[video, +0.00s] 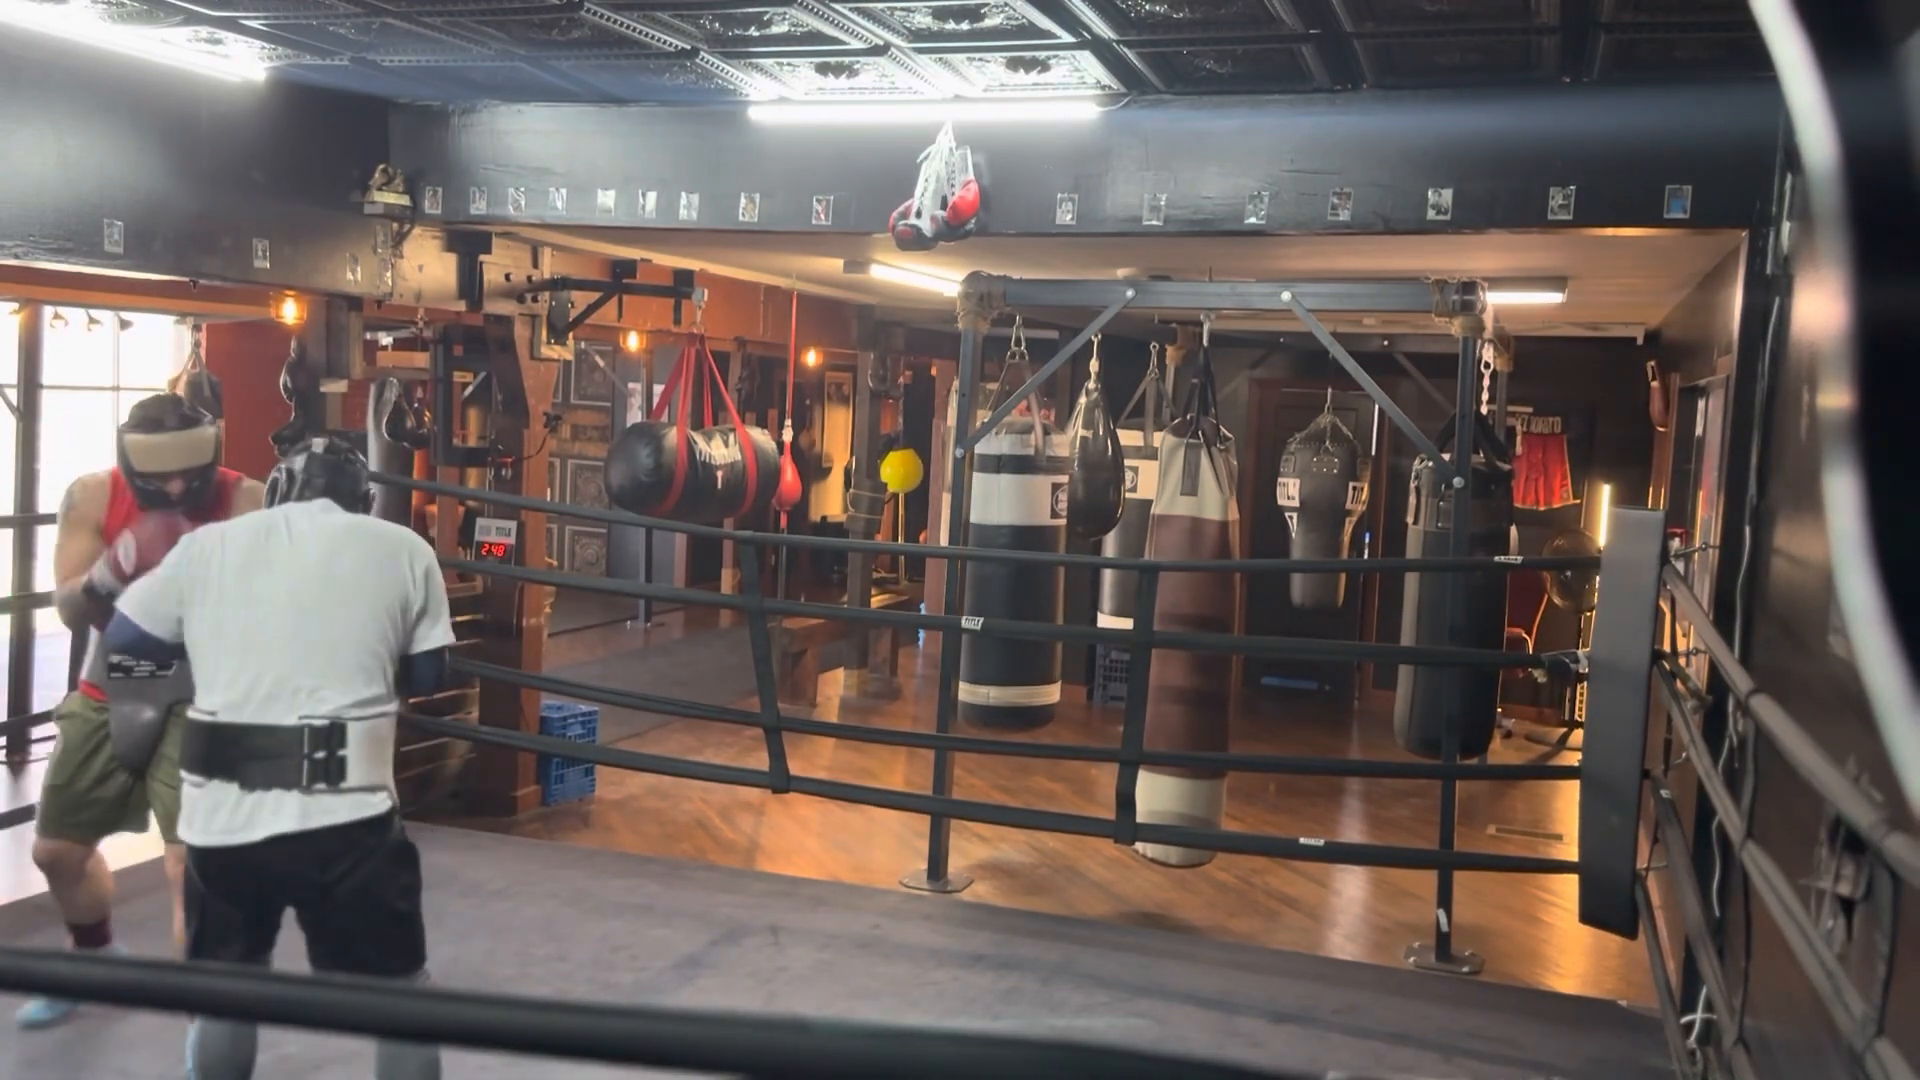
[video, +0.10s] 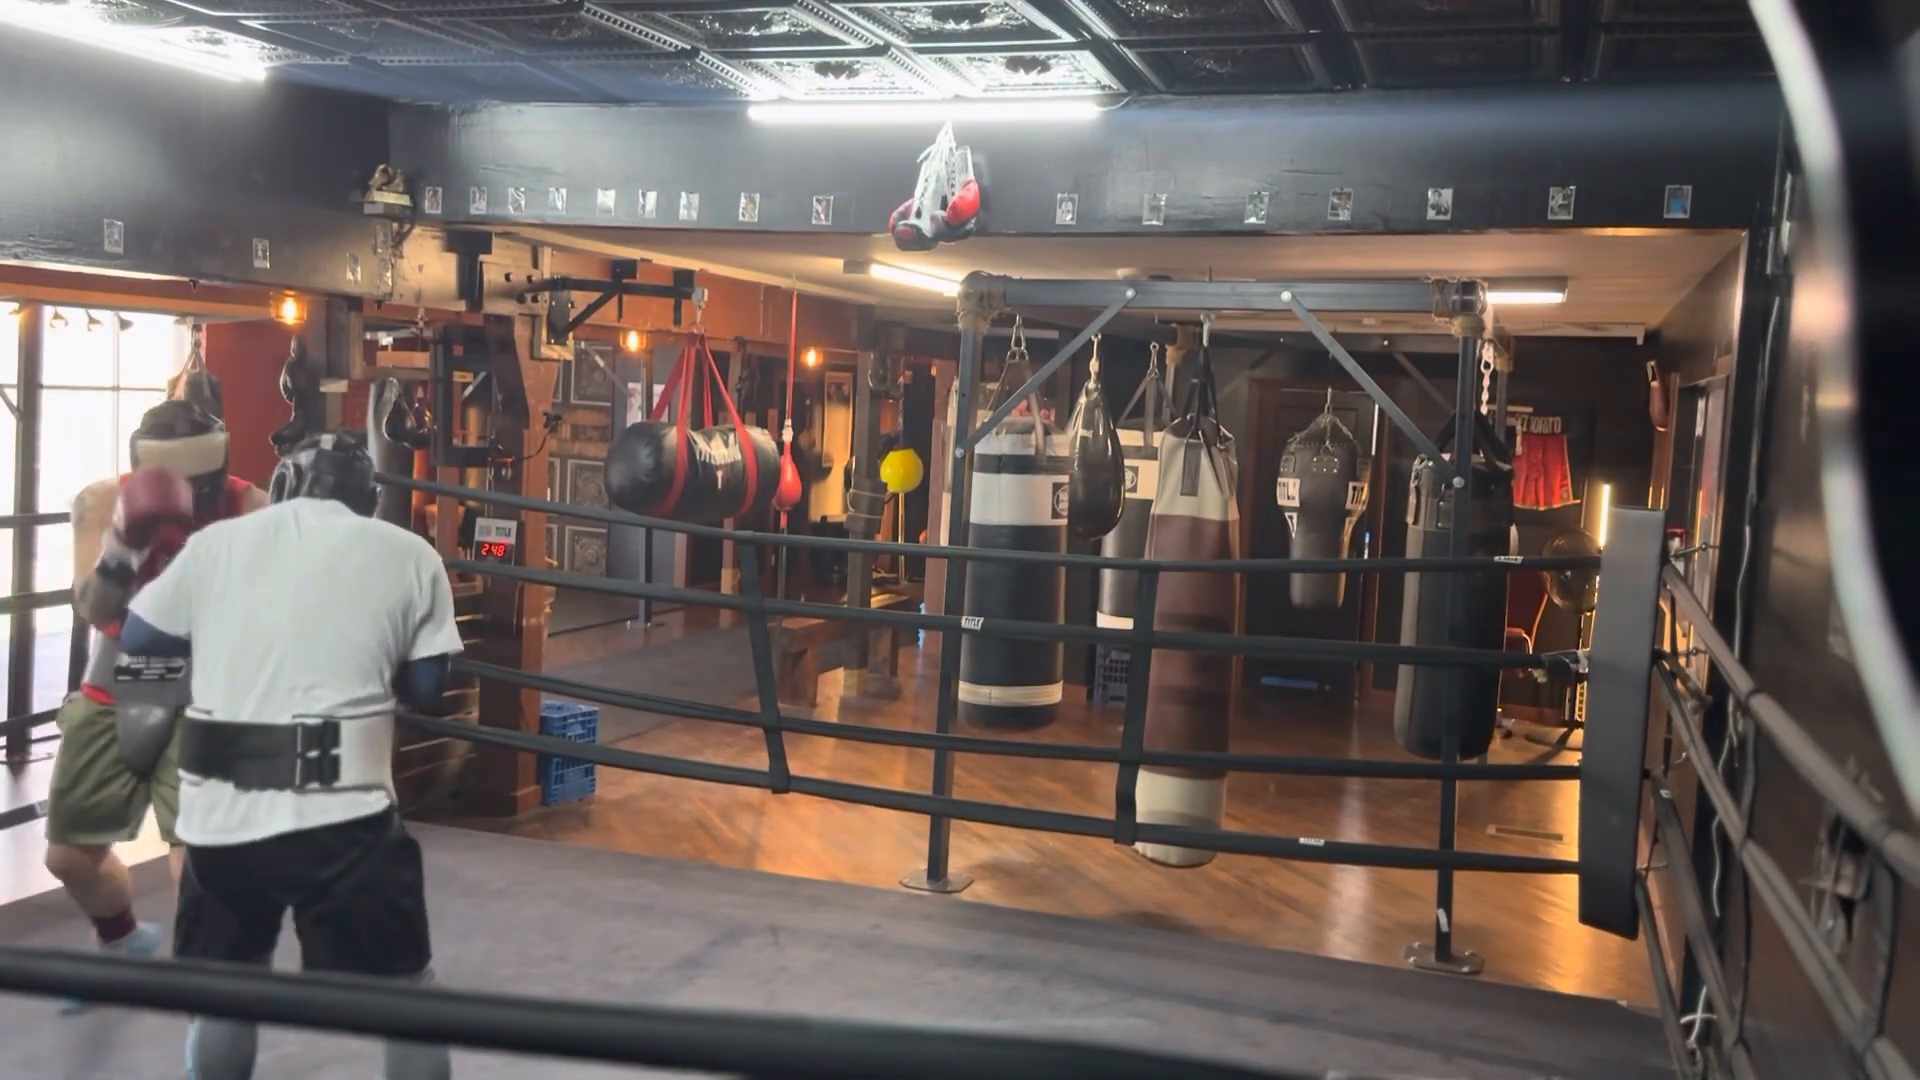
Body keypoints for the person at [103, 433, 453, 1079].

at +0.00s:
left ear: (278, 489)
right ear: (364, 496)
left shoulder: (210, 546)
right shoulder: (405, 549)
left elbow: (125, 637)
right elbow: (426, 681)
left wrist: (218, 633)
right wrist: (351, 648)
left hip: (222, 824)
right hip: (348, 824)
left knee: (222, 1000)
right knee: (401, 1010)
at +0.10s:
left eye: (274, 481)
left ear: (282, 486)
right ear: (369, 496)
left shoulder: (218, 544)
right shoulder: (409, 554)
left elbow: (141, 635)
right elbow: (426, 691)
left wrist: (232, 618)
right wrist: (360, 644)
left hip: (220, 822)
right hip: (346, 823)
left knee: (221, 1000)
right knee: (410, 1010)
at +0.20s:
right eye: (404, 485)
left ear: (309, 474)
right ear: (394, 488)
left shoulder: (238, 531)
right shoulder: (429, 560)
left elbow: (149, 605)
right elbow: (439, 696)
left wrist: (242, 631)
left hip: (237, 824)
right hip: (362, 826)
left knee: (227, 1004)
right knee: (422, 1017)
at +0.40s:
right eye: (459, 490)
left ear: (368, 484)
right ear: (456, 498)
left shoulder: (283, 551)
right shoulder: (490, 577)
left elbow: (199, 658)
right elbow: (490, 671)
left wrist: (294, 641)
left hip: (285, 848)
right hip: (413, 856)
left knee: (255, 1015)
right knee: (418, 1046)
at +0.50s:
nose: (496, 501)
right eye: (491, 490)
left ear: (394, 481)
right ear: (478, 493)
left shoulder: (305, 547)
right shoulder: (515, 573)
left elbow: (238, 658)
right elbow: (512, 671)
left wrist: (327, 688)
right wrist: (498, 545)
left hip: (305, 847)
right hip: (431, 856)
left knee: (278, 1007)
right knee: (426, 1043)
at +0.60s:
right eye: (489, 481)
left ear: (401, 478)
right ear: (487, 485)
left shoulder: (322, 542)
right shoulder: (533, 570)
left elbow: (244, 661)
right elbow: (526, 684)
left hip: (321, 842)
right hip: (446, 853)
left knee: (309, 999)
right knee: (428, 1040)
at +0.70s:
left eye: (399, 472)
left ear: (402, 480)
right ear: (488, 488)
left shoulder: (333, 546)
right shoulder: (540, 571)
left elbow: (249, 660)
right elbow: (542, 689)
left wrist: (347, 663)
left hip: (334, 838)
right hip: (456, 846)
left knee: (336, 1017)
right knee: (442, 1034)